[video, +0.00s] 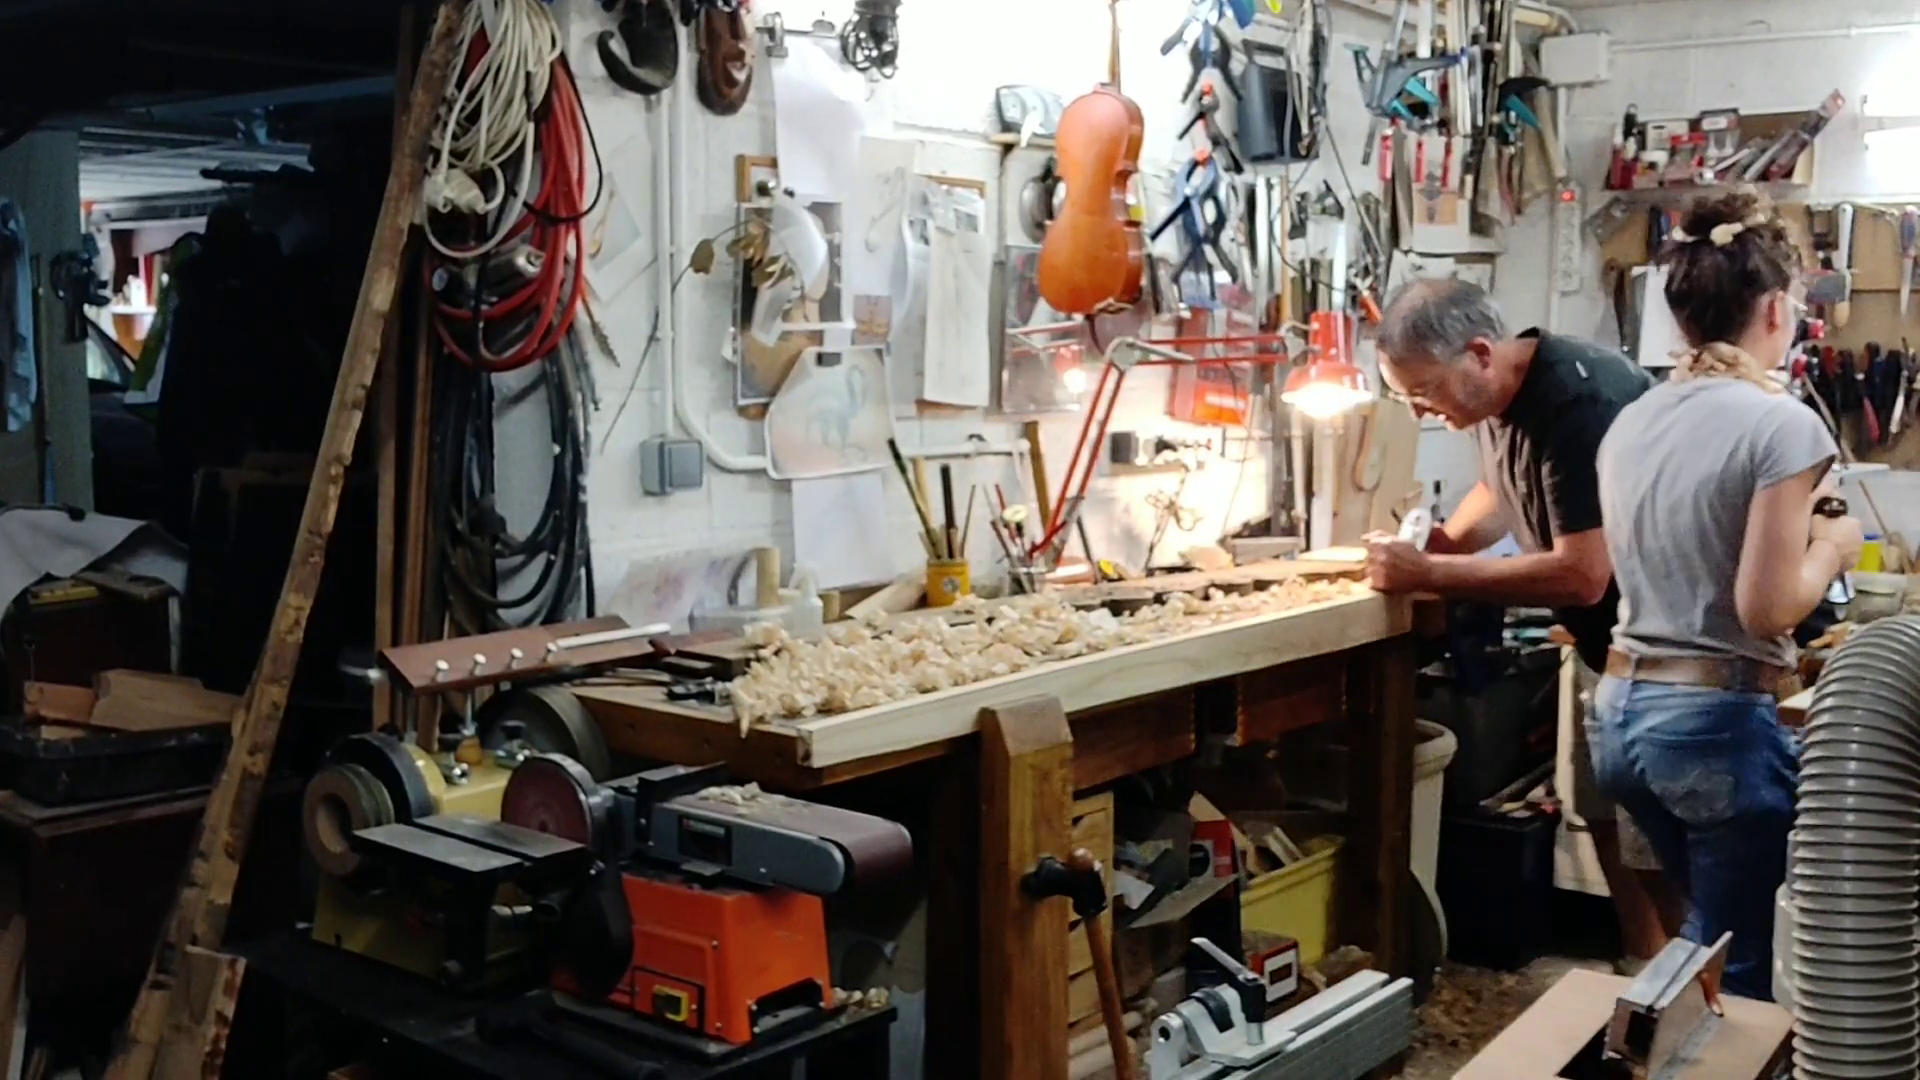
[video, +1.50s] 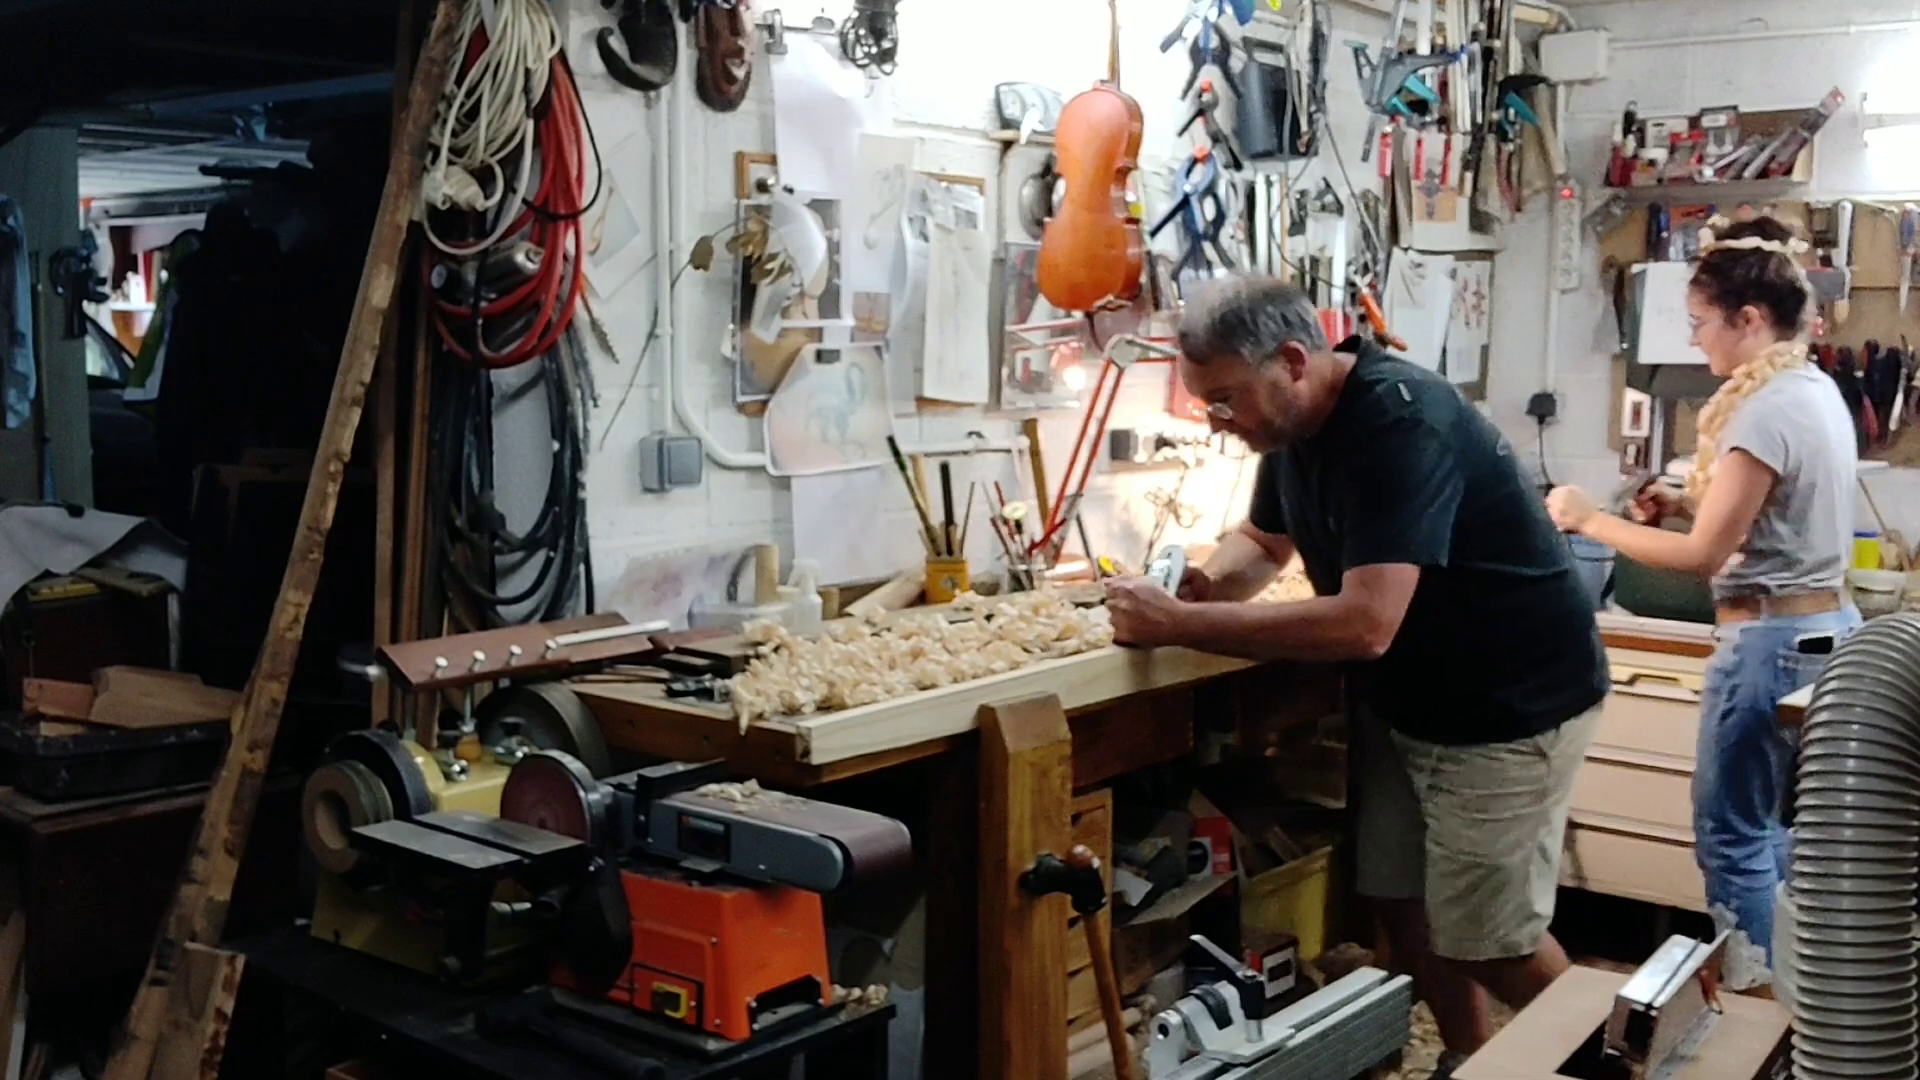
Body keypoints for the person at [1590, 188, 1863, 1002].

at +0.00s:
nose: (1799, 318)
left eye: (1800, 299)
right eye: (1798, 300)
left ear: (1684, 312)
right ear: (1773, 311)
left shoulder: (1627, 425)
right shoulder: (1785, 423)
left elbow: (1642, 573)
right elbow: (1767, 611)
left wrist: (1787, 517)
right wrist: (1833, 547)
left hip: (1617, 707)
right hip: (1718, 719)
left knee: (1704, 926)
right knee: (1744, 951)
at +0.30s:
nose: (1849, 321)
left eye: (1847, 304)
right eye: (1847, 304)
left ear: (1743, 321)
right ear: (1833, 311)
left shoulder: (1696, 422)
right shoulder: (1861, 416)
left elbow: (1697, 561)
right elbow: (1864, 594)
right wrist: (1905, 531)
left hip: (1698, 692)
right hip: (1800, 702)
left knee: (1748, 919)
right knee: (1830, 923)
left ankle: (1744, 1067)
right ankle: (1820, 1067)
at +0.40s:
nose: (1870, 313)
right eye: (1867, 296)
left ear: (1764, 316)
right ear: (1858, 308)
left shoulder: (1711, 417)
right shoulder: (1889, 414)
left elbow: (1702, 550)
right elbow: (1893, 586)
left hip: (1721, 680)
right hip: (1831, 689)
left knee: (1754, 905)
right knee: (1840, 913)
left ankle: (1747, 1066)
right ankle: (1830, 1065)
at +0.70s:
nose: (1812, 331)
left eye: (1817, 317)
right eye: (1817, 316)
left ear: (1832, 330)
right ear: (1916, 330)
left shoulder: (1771, 427)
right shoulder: (1918, 414)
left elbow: (1760, 571)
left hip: (1790, 674)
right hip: (1901, 677)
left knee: (1797, 869)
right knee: (1889, 871)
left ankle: (1791, 1036)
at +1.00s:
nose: (1820, 332)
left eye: (1824, 316)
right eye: (1819, 317)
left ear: (1858, 314)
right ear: (1906, 312)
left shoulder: (1811, 407)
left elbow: (1784, 560)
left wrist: (1746, 501)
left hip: (1827, 646)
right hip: (1915, 643)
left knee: (1792, 822)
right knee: (1901, 823)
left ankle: (1803, 998)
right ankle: (1890, 997)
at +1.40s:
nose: (1718, 340)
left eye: (1723, 324)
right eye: (1717, 323)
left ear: (1773, 322)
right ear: (1788, 320)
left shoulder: (1773, 412)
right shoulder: (1856, 399)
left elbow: (1731, 560)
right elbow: (1832, 525)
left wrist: (1629, 518)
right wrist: (1733, 509)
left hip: (1775, 646)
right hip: (1850, 635)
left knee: (1745, 850)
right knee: (1818, 840)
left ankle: (1764, 1021)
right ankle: (1821, 1009)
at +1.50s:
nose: (1694, 341)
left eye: (1699, 323)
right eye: (1692, 324)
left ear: (1750, 319)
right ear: (1763, 317)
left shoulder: (1764, 411)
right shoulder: (1816, 392)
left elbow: (1700, 554)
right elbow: (1778, 507)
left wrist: (1590, 520)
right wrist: (1684, 504)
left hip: (1770, 638)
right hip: (1825, 625)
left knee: (1730, 831)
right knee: (1791, 818)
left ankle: (1750, 997)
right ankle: (1807, 978)